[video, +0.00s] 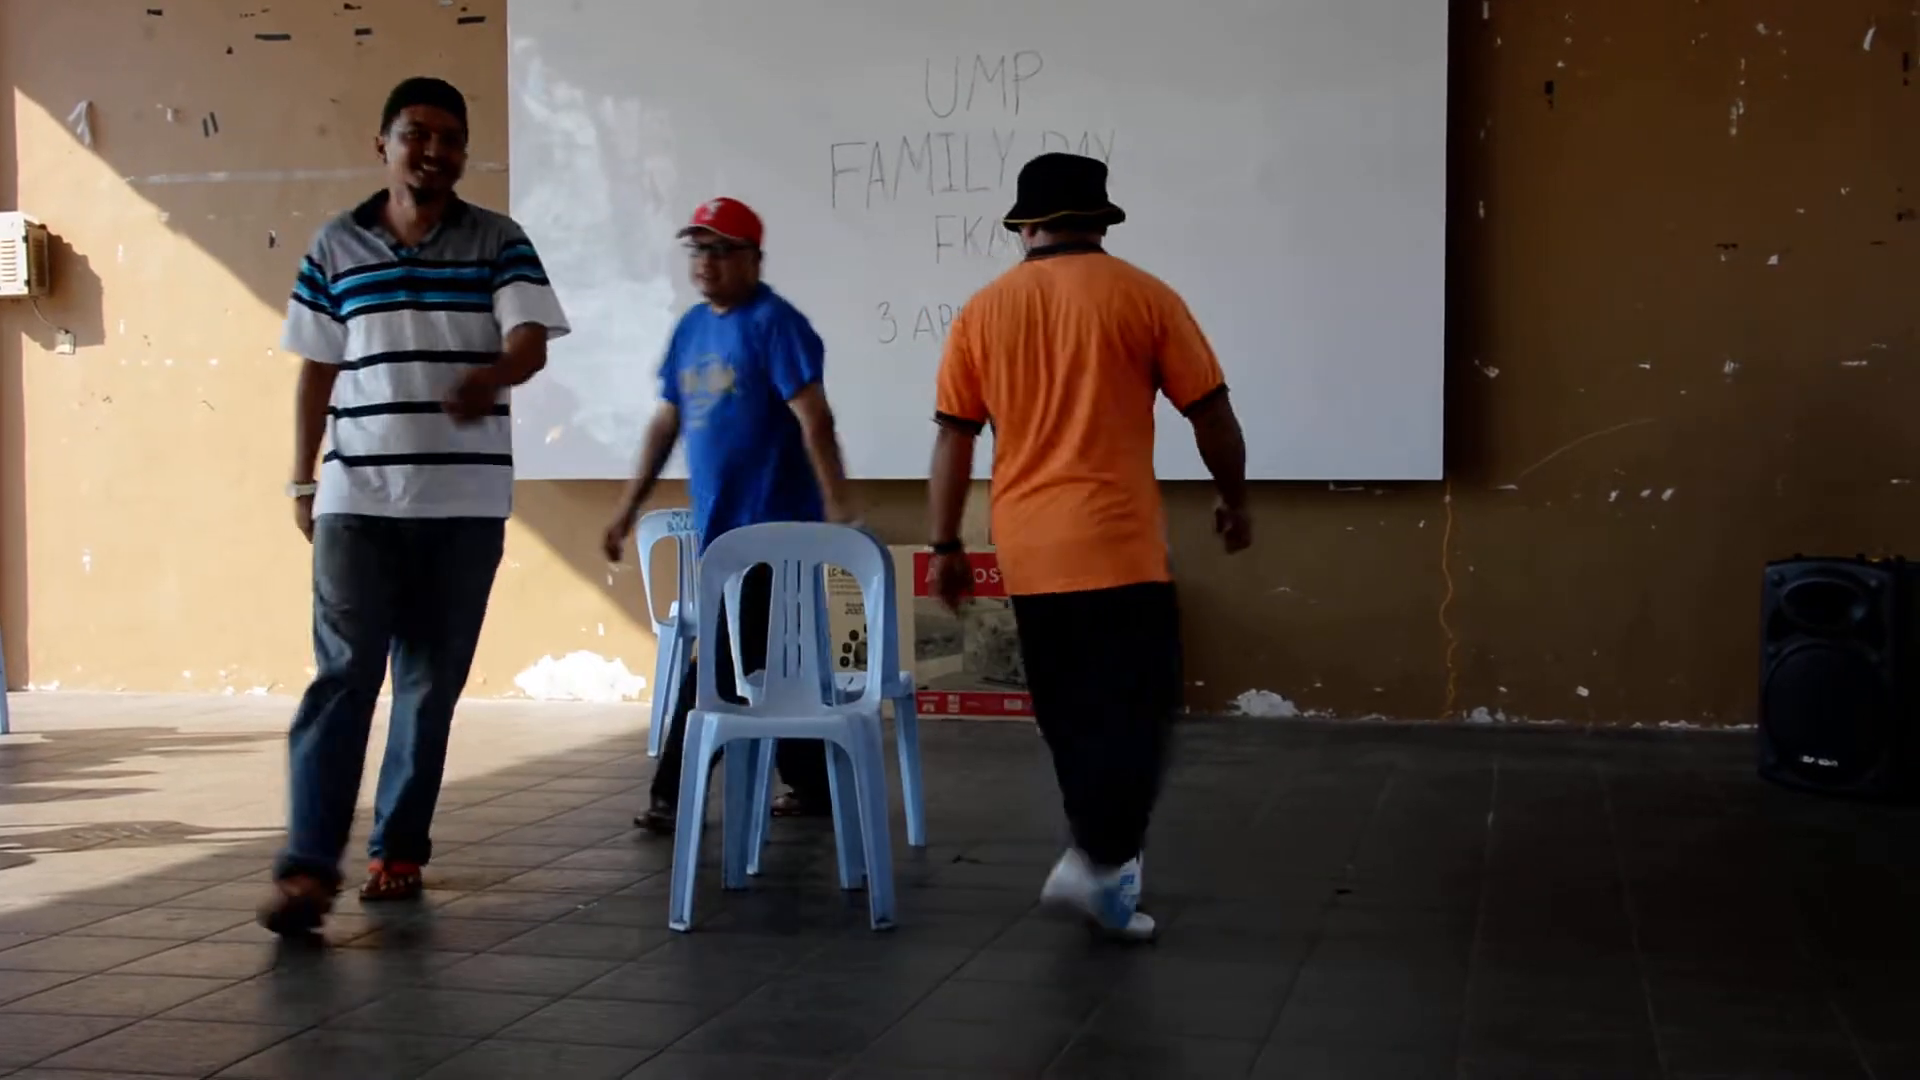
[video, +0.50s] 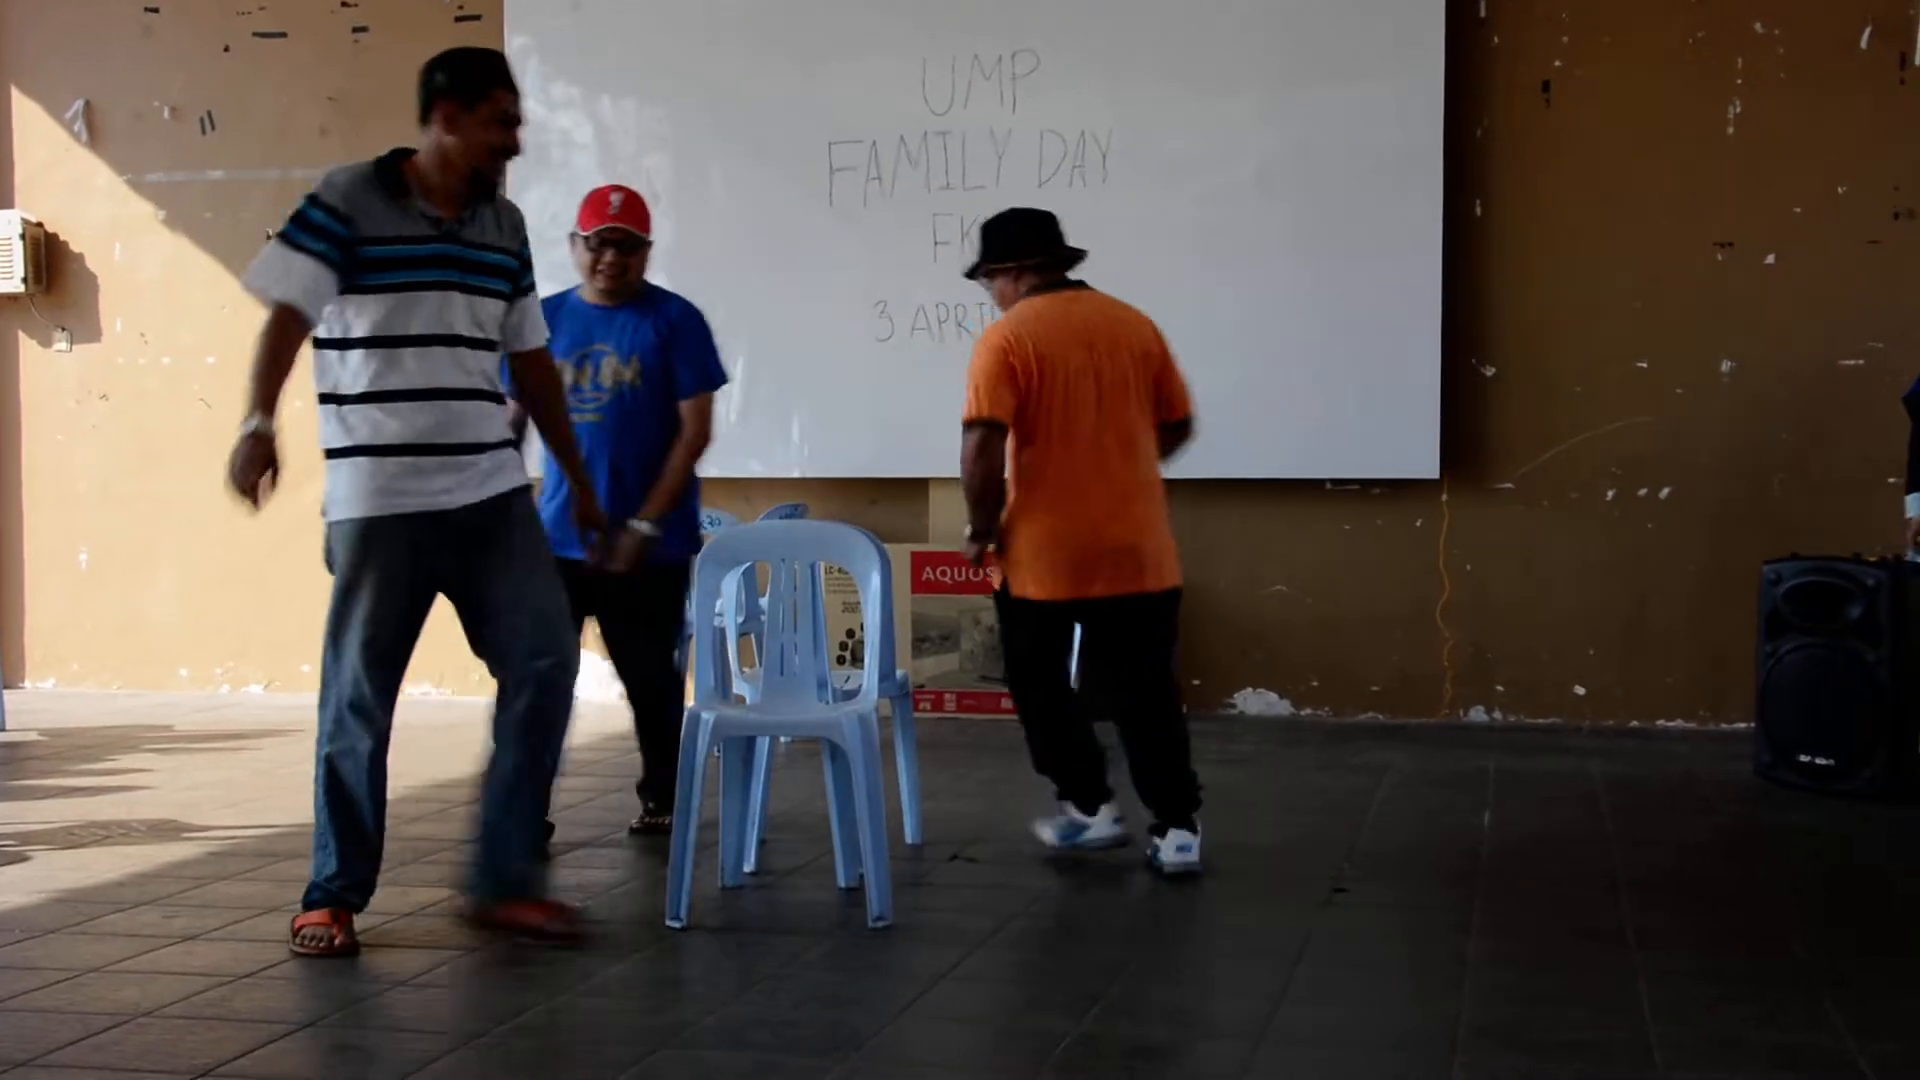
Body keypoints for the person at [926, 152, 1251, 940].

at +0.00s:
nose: (1024, 242)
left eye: (1022, 232)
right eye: (1099, 226)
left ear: (1026, 231)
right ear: (1100, 225)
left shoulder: (985, 311)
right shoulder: (1143, 295)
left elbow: (954, 437)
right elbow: (1211, 413)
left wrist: (944, 547)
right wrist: (1232, 497)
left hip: (1030, 556)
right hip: (1125, 550)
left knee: (1068, 713)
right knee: (1143, 705)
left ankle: (1116, 889)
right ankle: (1089, 860)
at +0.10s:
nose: (1017, 259)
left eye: (1018, 249)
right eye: (1019, 249)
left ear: (1029, 248)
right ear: (1096, 242)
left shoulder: (991, 330)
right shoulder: (1146, 311)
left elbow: (964, 456)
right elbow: (1215, 422)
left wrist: (970, 551)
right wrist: (1232, 515)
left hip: (1040, 562)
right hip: (1135, 552)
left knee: (1078, 725)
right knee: (1188, 691)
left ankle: (1109, 862)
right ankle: (1154, 800)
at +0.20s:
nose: (1013, 274)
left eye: (1014, 263)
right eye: (1013, 263)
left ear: (1028, 262)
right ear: (1092, 254)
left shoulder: (998, 333)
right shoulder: (1147, 317)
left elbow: (965, 463)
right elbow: (1229, 417)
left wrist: (989, 516)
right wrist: (1241, 516)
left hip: (1047, 563)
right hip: (1148, 553)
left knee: (1078, 723)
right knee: (1187, 687)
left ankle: (1113, 859)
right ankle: (1185, 812)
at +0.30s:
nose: (1008, 267)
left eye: (1008, 256)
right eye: (1008, 256)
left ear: (1025, 253)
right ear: (1085, 244)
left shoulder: (1001, 323)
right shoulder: (1149, 302)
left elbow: (968, 445)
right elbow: (1228, 381)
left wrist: (987, 488)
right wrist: (1221, 485)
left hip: (1053, 555)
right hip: (1152, 544)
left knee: (1076, 706)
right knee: (1172, 687)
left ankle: (1111, 843)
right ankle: (1188, 837)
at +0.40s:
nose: (1004, 284)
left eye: (1005, 270)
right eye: (1002, 271)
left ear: (1028, 264)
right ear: (1076, 258)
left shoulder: (1008, 333)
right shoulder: (1150, 316)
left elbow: (975, 451)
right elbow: (1213, 409)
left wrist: (976, 517)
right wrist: (1187, 495)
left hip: (1054, 551)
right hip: (1152, 541)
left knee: (1062, 690)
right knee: (1164, 694)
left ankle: (1107, 800)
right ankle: (1180, 833)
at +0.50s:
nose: (990, 294)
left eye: (991, 280)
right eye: (988, 281)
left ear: (1015, 273)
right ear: (1061, 266)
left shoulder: (1008, 337)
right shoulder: (1133, 323)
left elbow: (983, 450)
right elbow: (1177, 424)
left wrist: (981, 527)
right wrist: (1116, 462)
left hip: (1045, 547)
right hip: (1140, 543)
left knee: (1040, 686)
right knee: (1146, 689)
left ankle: (1087, 809)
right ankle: (1178, 830)